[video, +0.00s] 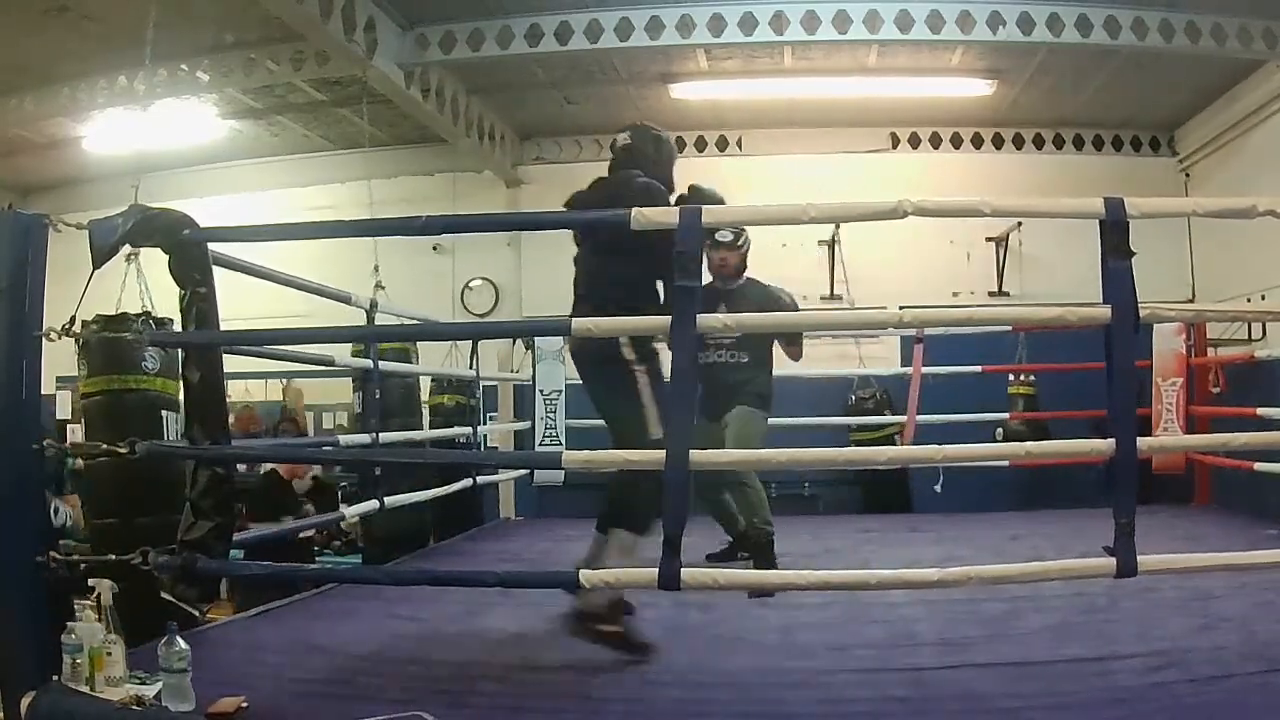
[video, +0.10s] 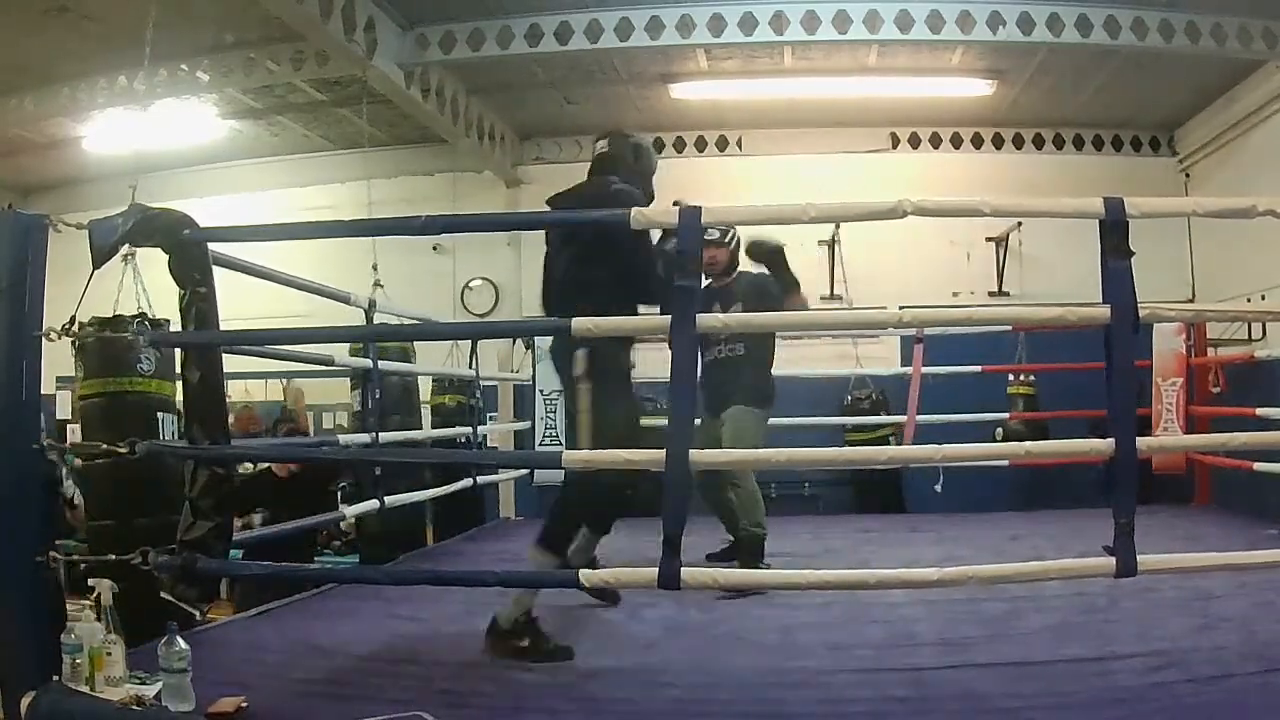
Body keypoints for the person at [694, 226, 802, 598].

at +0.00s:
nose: (720, 257)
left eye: (728, 250)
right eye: (714, 251)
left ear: (743, 253)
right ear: (706, 255)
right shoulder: (697, 299)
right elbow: (679, 342)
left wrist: (788, 313)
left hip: (749, 397)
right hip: (709, 398)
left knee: (736, 465)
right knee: (700, 471)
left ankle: (764, 555)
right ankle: (742, 539)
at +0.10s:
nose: (708, 256)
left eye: (715, 248)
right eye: (704, 249)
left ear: (733, 250)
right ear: (699, 254)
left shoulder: (757, 284)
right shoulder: (698, 297)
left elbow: (799, 308)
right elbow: (677, 340)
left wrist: (780, 268)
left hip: (749, 394)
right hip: (713, 398)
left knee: (735, 465)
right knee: (705, 472)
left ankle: (752, 558)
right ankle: (739, 540)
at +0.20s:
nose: (704, 259)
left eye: (711, 250)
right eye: (700, 252)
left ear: (728, 249)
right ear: (696, 256)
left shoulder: (749, 278)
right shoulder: (706, 293)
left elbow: (778, 270)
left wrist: (751, 221)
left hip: (750, 390)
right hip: (722, 392)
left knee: (738, 467)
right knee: (714, 466)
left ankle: (746, 554)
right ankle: (741, 538)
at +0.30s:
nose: (696, 267)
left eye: (700, 259)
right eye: (693, 261)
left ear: (715, 257)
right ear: (698, 263)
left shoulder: (741, 282)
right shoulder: (705, 296)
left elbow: (769, 297)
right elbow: (675, 336)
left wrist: (738, 266)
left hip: (753, 396)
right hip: (729, 398)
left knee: (731, 471)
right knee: (709, 467)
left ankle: (741, 555)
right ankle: (758, 529)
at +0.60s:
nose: (673, 323)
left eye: (677, 317)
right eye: (671, 317)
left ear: (695, 318)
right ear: (702, 318)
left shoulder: (729, 333)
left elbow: (741, 360)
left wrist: (698, 353)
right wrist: (670, 382)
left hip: (771, 432)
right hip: (754, 433)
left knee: (702, 474)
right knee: (731, 476)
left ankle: (725, 563)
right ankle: (777, 541)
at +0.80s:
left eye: (695, 274)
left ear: (713, 269)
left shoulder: (743, 286)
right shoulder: (723, 313)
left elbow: (750, 304)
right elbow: (702, 357)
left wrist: (717, 286)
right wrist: (679, 323)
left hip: (767, 393)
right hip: (756, 396)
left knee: (735, 466)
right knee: (744, 470)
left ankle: (730, 549)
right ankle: (777, 539)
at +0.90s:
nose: (705, 257)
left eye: (708, 247)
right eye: (705, 250)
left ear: (721, 244)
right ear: (726, 246)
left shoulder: (748, 262)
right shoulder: (729, 289)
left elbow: (754, 283)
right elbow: (704, 330)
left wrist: (713, 258)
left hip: (769, 376)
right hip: (758, 378)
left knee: (737, 450)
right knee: (747, 452)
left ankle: (746, 546)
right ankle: (780, 529)